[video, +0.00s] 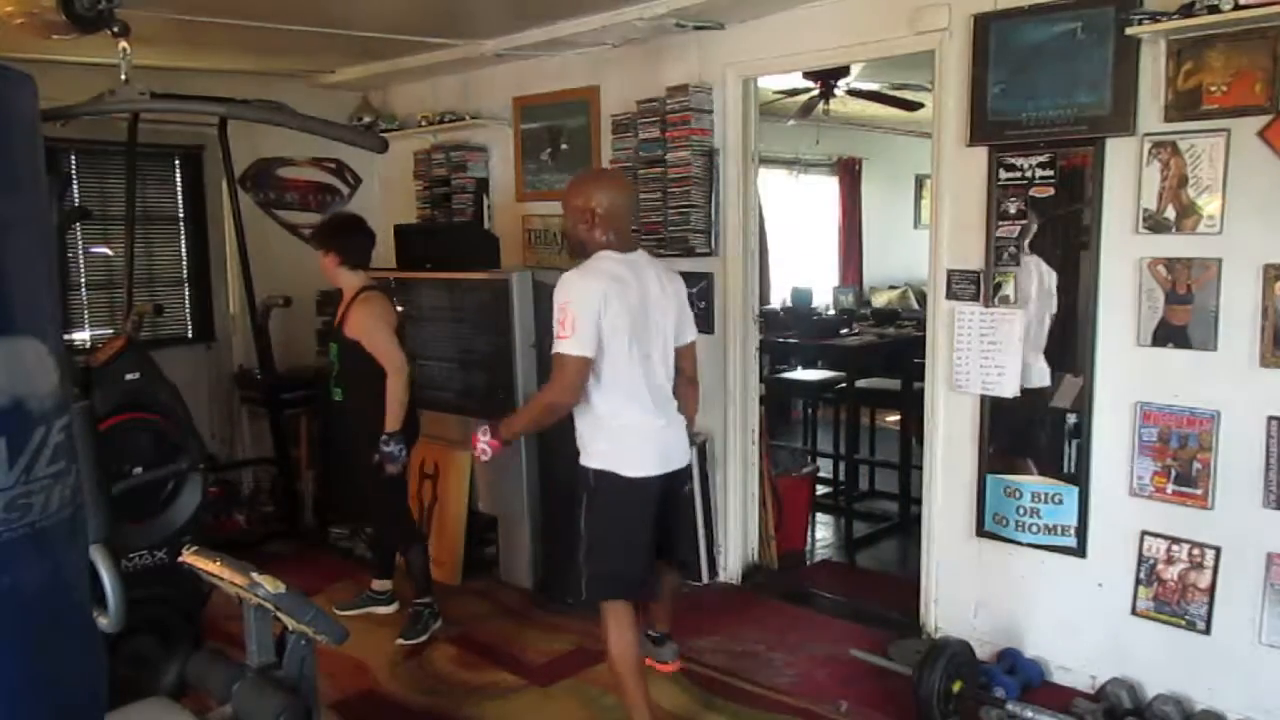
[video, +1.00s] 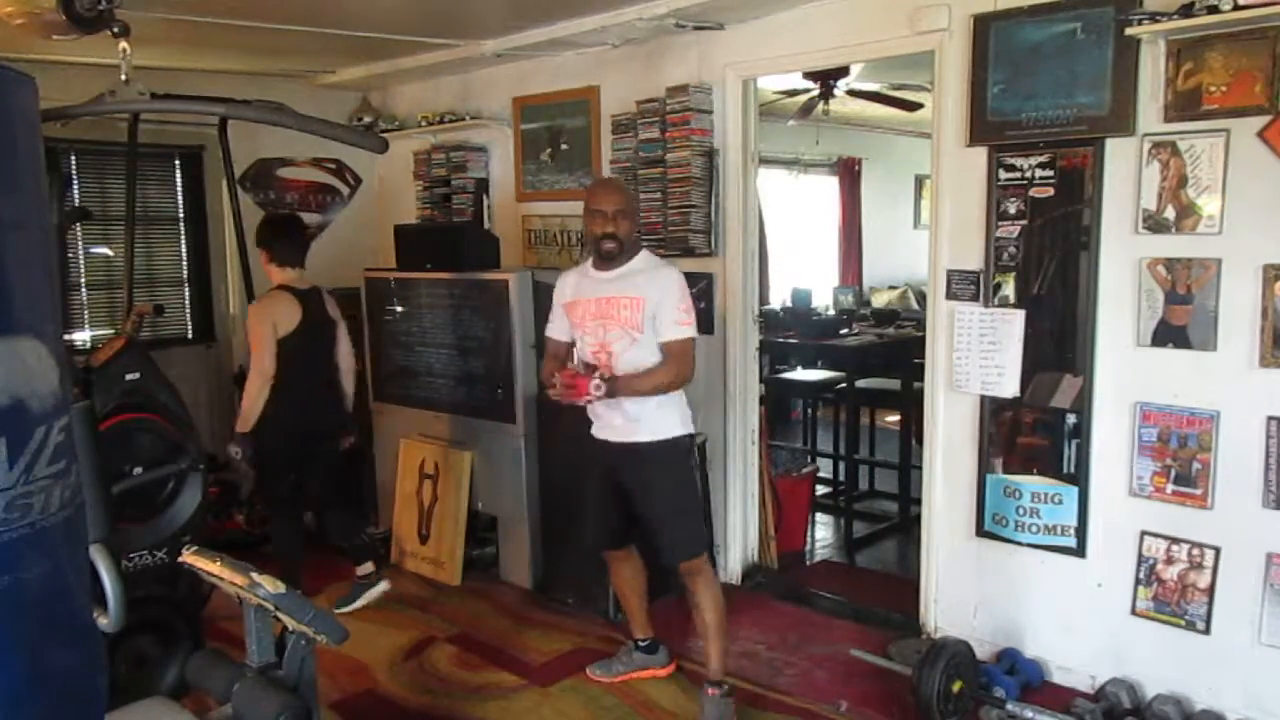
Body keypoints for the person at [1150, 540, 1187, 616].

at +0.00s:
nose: (1173, 554)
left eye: (1176, 552)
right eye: (1171, 551)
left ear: (1180, 553)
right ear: (1167, 552)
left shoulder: (1183, 568)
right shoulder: (1160, 565)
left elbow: (1182, 585)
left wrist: (1174, 602)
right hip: (1160, 599)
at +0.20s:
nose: (1173, 554)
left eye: (1176, 552)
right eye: (1171, 551)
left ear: (1180, 553)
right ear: (1167, 552)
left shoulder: (1183, 568)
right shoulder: (1160, 565)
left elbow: (1182, 585)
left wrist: (1174, 602)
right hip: (1160, 599)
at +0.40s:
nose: (1173, 554)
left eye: (1176, 552)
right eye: (1170, 551)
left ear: (1179, 553)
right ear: (1167, 552)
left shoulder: (1182, 567)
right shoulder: (1160, 565)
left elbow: (1181, 585)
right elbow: (1155, 581)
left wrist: (1174, 603)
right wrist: (1151, 596)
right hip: (1158, 600)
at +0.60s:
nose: (1173, 554)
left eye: (1176, 552)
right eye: (1170, 551)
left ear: (1179, 553)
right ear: (1167, 552)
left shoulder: (1183, 567)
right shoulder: (1161, 564)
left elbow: (1181, 585)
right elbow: (1152, 581)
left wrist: (1174, 602)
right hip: (1159, 599)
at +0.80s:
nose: (1173, 554)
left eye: (1176, 552)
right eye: (1171, 551)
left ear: (1179, 553)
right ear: (1167, 552)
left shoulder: (1183, 567)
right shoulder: (1160, 564)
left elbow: (1182, 585)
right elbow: (1151, 581)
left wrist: (1174, 602)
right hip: (1159, 599)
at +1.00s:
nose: (1172, 554)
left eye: (1176, 552)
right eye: (1170, 551)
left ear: (1179, 553)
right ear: (1167, 552)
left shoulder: (1182, 567)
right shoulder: (1160, 565)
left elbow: (1181, 585)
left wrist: (1174, 603)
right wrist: (1151, 595)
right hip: (1159, 598)